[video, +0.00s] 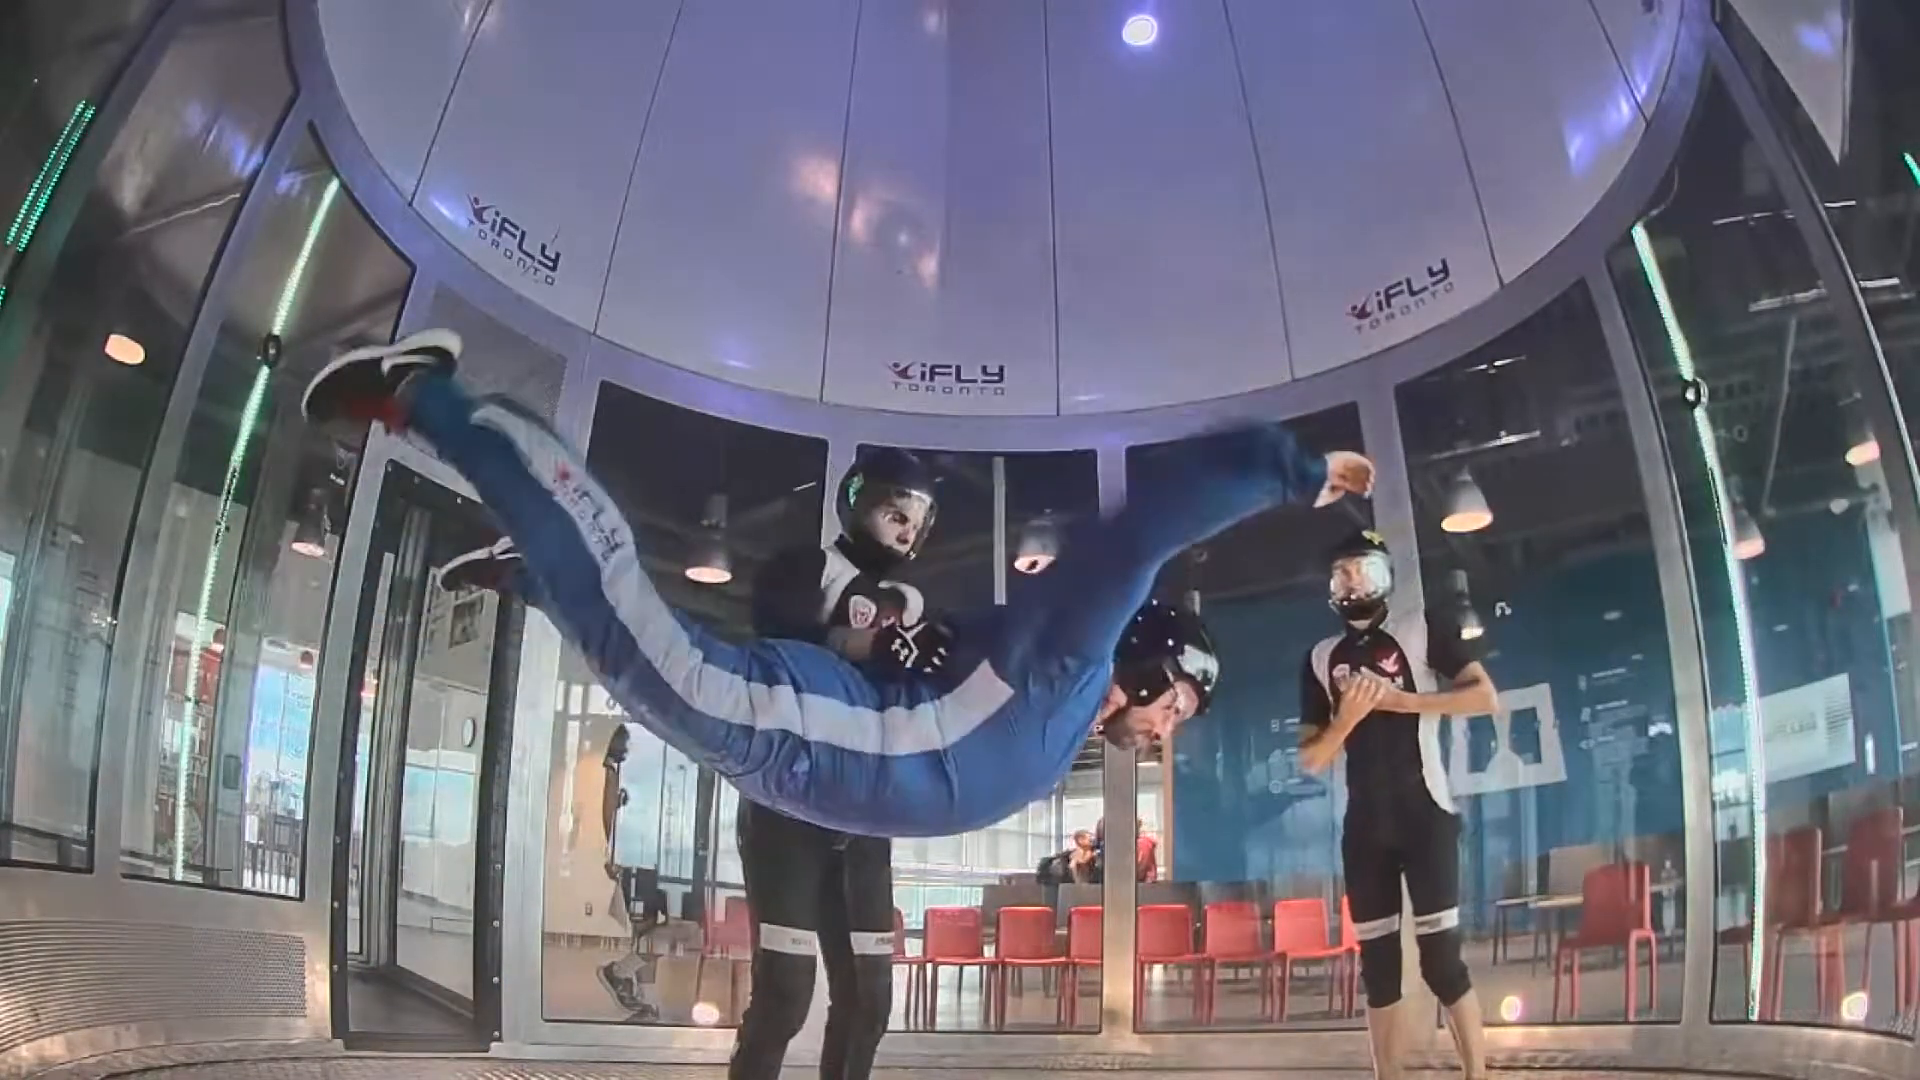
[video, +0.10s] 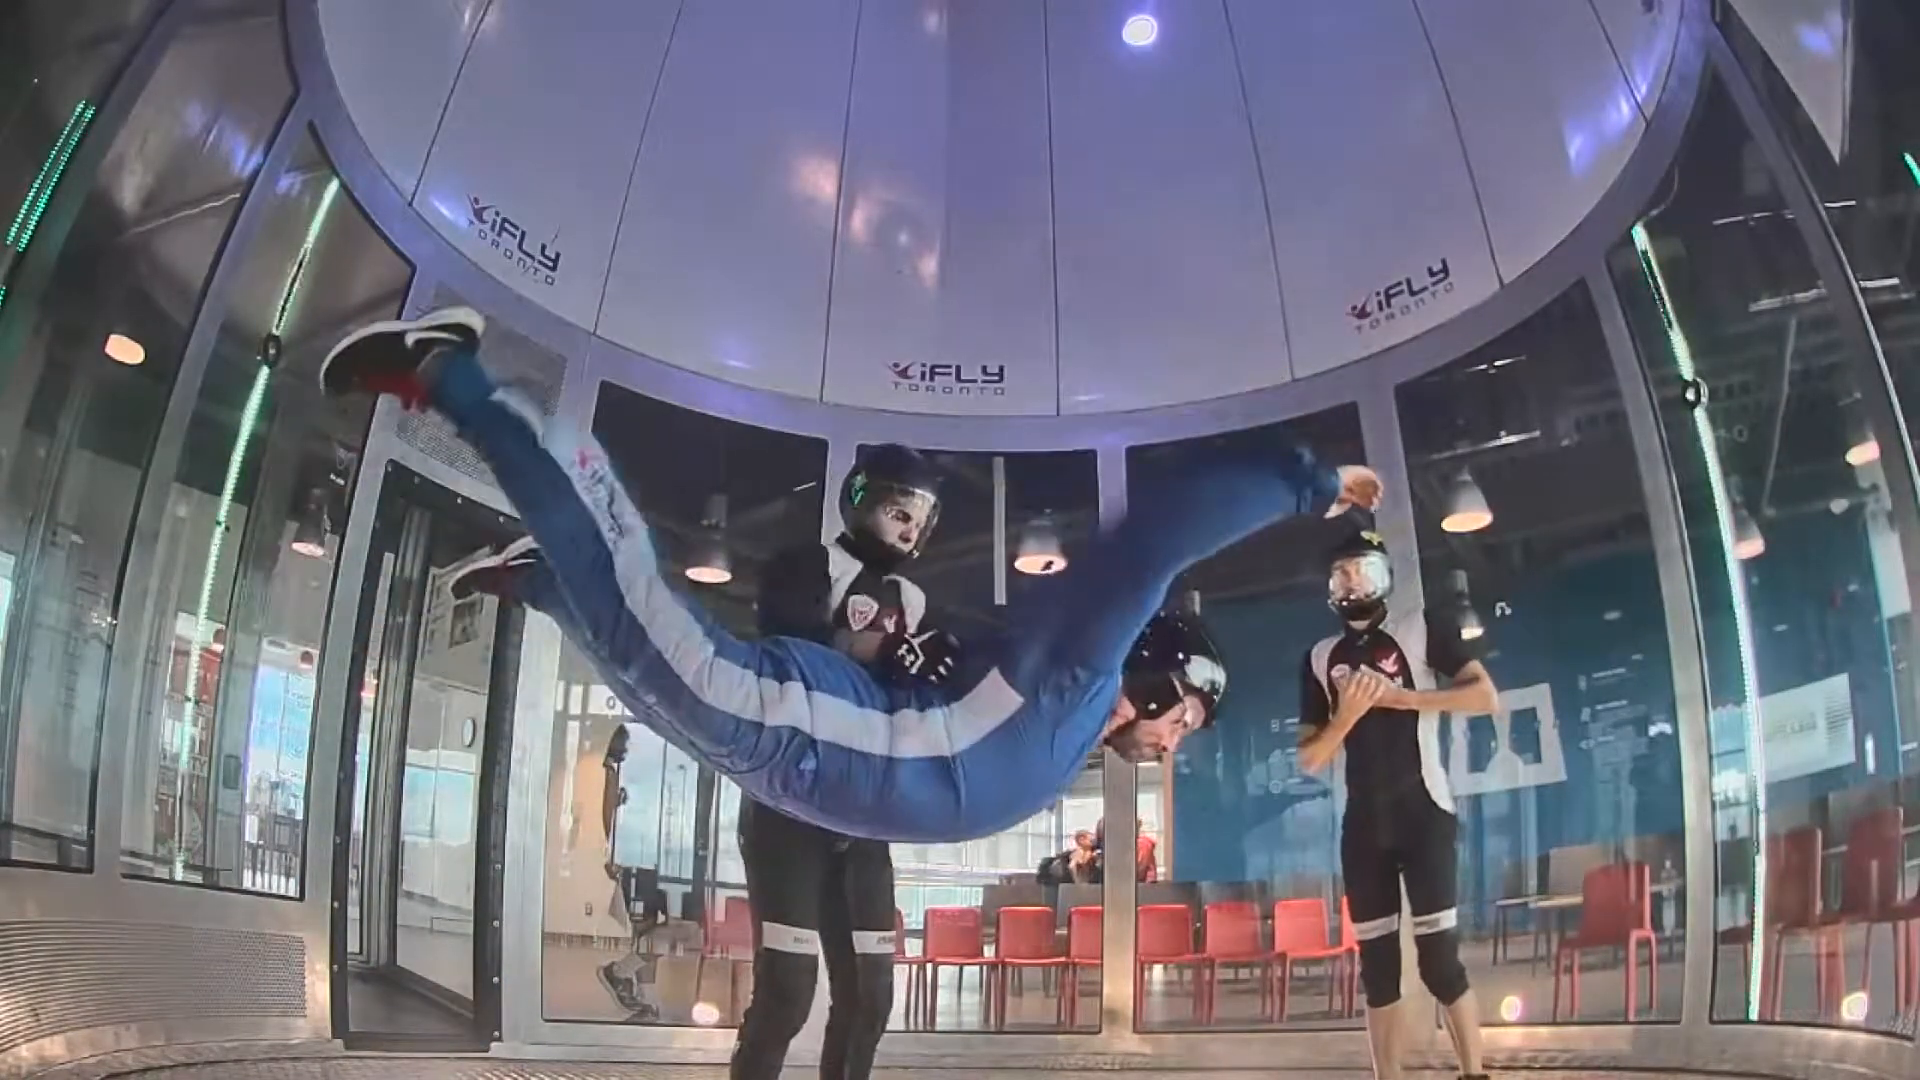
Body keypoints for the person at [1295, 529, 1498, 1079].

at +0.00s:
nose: (1350, 582)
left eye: (1361, 569)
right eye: (1340, 573)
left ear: (1386, 576)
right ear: (1331, 584)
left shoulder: (1423, 631)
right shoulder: (1320, 659)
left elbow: (1484, 697)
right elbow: (1311, 760)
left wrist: (1404, 700)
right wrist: (1348, 714)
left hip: (1428, 816)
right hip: (1364, 823)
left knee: (1439, 958)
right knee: (1379, 965)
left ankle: (1475, 1075)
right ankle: (1386, 1077)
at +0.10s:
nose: (1350, 584)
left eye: (1361, 572)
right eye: (1340, 575)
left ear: (1386, 576)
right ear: (1330, 587)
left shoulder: (1426, 631)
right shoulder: (1319, 659)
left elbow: (1486, 697)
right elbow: (1310, 759)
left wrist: (1406, 697)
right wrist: (1346, 713)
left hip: (1425, 815)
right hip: (1363, 823)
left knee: (1437, 959)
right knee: (1378, 966)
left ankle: (1473, 1075)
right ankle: (1385, 1077)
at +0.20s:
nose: (1351, 585)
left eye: (1362, 573)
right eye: (1341, 575)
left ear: (1385, 582)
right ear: (1330, 587)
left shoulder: (1421, 628)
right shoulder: (1320, 659)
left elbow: (1486, 694)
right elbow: (1310, 760)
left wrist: (1404, 692)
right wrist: (1344, 713)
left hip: (1425, 813)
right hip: (1362, 821)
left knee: (1435, 960)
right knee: (1378, 963)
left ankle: (1468, 1070)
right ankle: (1385, 1076)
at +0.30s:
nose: (1349, 589)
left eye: (1360, 576)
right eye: (1340, 580)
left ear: (1386, 580)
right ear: (1330, 589)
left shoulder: (1423, 628)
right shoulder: (1320, 662)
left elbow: (1485, 694)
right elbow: (1311, 762)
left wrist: (1402, 693)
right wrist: (1344, 714)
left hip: (1427, 815)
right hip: (1364, 823)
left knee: (1435, 960)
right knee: (1378, 964)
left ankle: (1465, 1063)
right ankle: (1385, 1076)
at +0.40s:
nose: (1349, 589)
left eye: (1359, 577)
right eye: (1340, 580)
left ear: (1382, 581)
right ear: (1331, 591)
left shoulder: (1426, 631)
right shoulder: (1325, 662)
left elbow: (1487, 698)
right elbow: (1315, 763)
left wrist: (1407, 701)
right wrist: (1350, 717)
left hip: (1430, 818)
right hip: (1368, 825)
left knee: (1438, 960)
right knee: (1379, 962)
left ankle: (1459, 1052)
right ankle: (1385, 1075)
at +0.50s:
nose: (1353, 591)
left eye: (1363, 578)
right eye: (1343, 582)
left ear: (1386, 581)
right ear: (1335, 593)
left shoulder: (1431, 631)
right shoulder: (1327, 663)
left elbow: (1490, 700)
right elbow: (1317, 762)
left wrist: (1412, 705)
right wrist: (1353, 721)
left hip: (1432, 818)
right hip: (1370, 825)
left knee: (1438, 958)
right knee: (1380, 963)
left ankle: (1458, 1048)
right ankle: (1385, 1075)